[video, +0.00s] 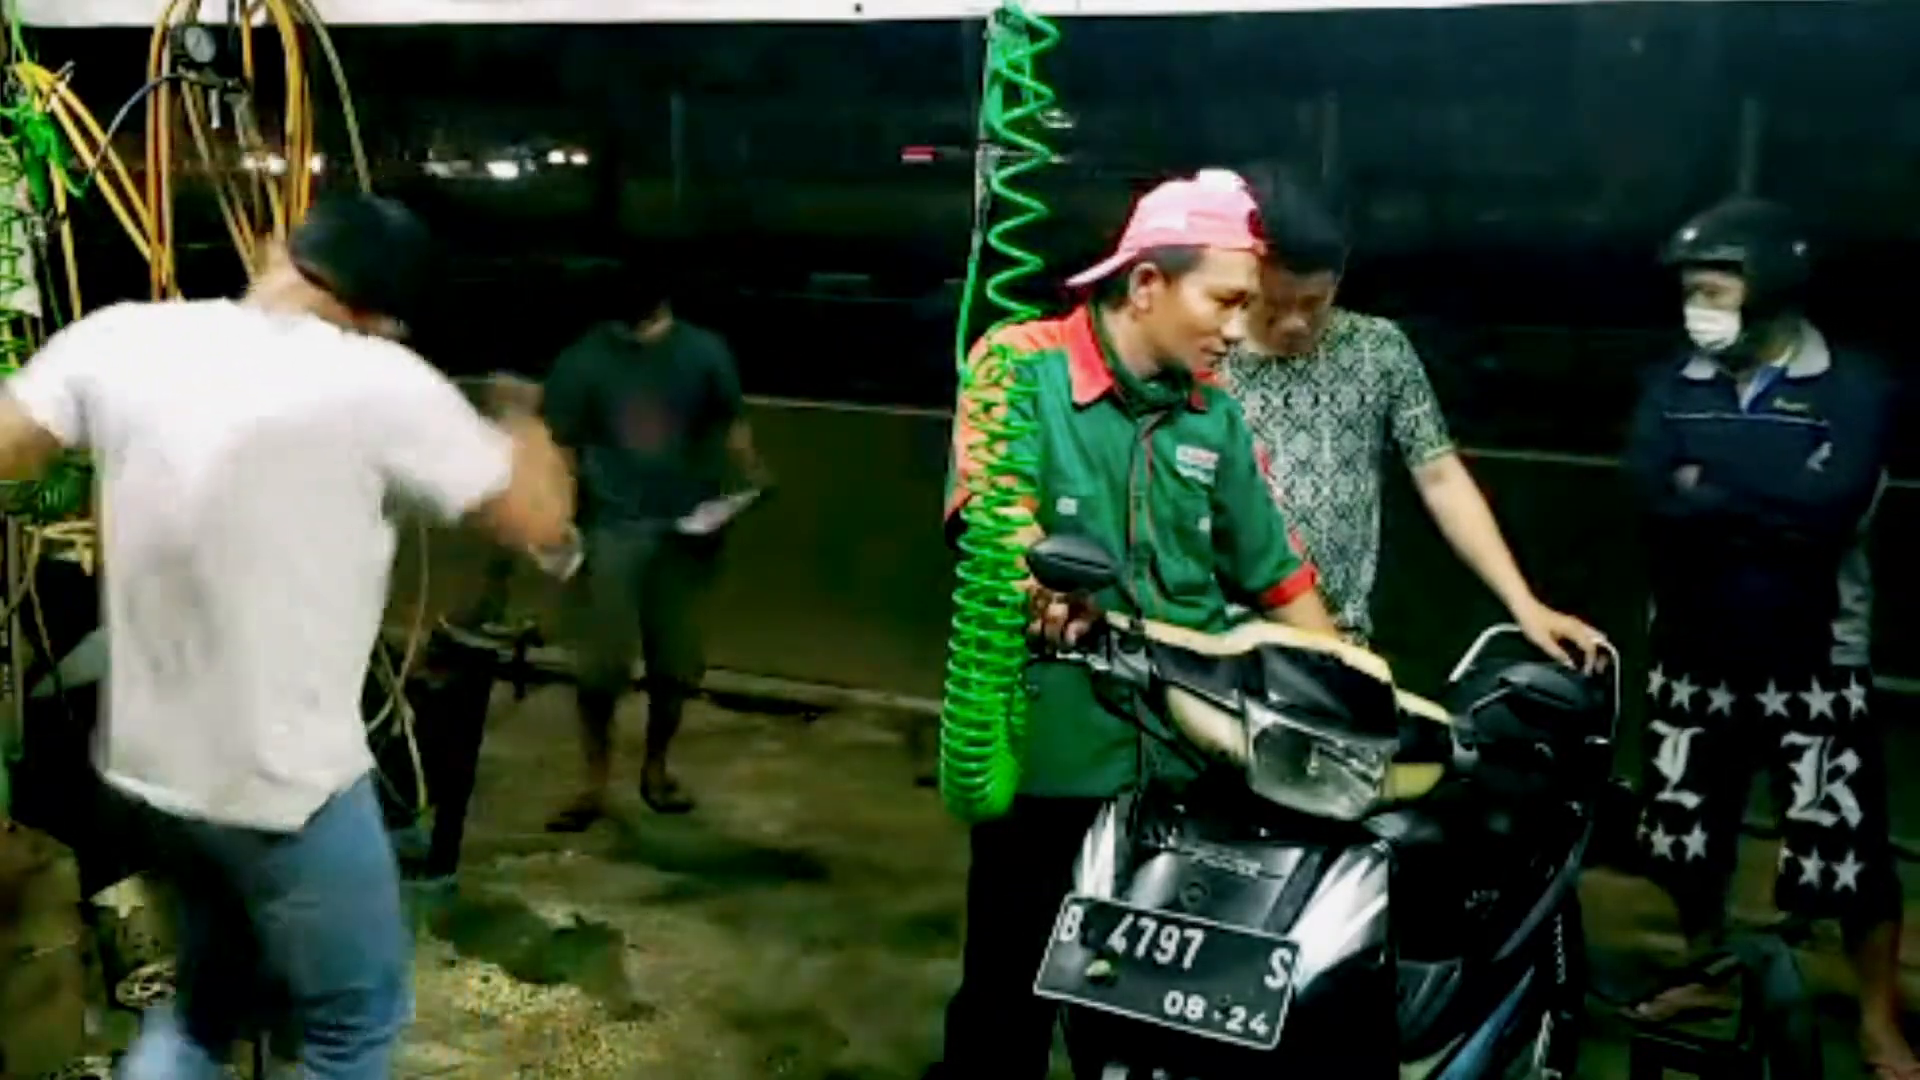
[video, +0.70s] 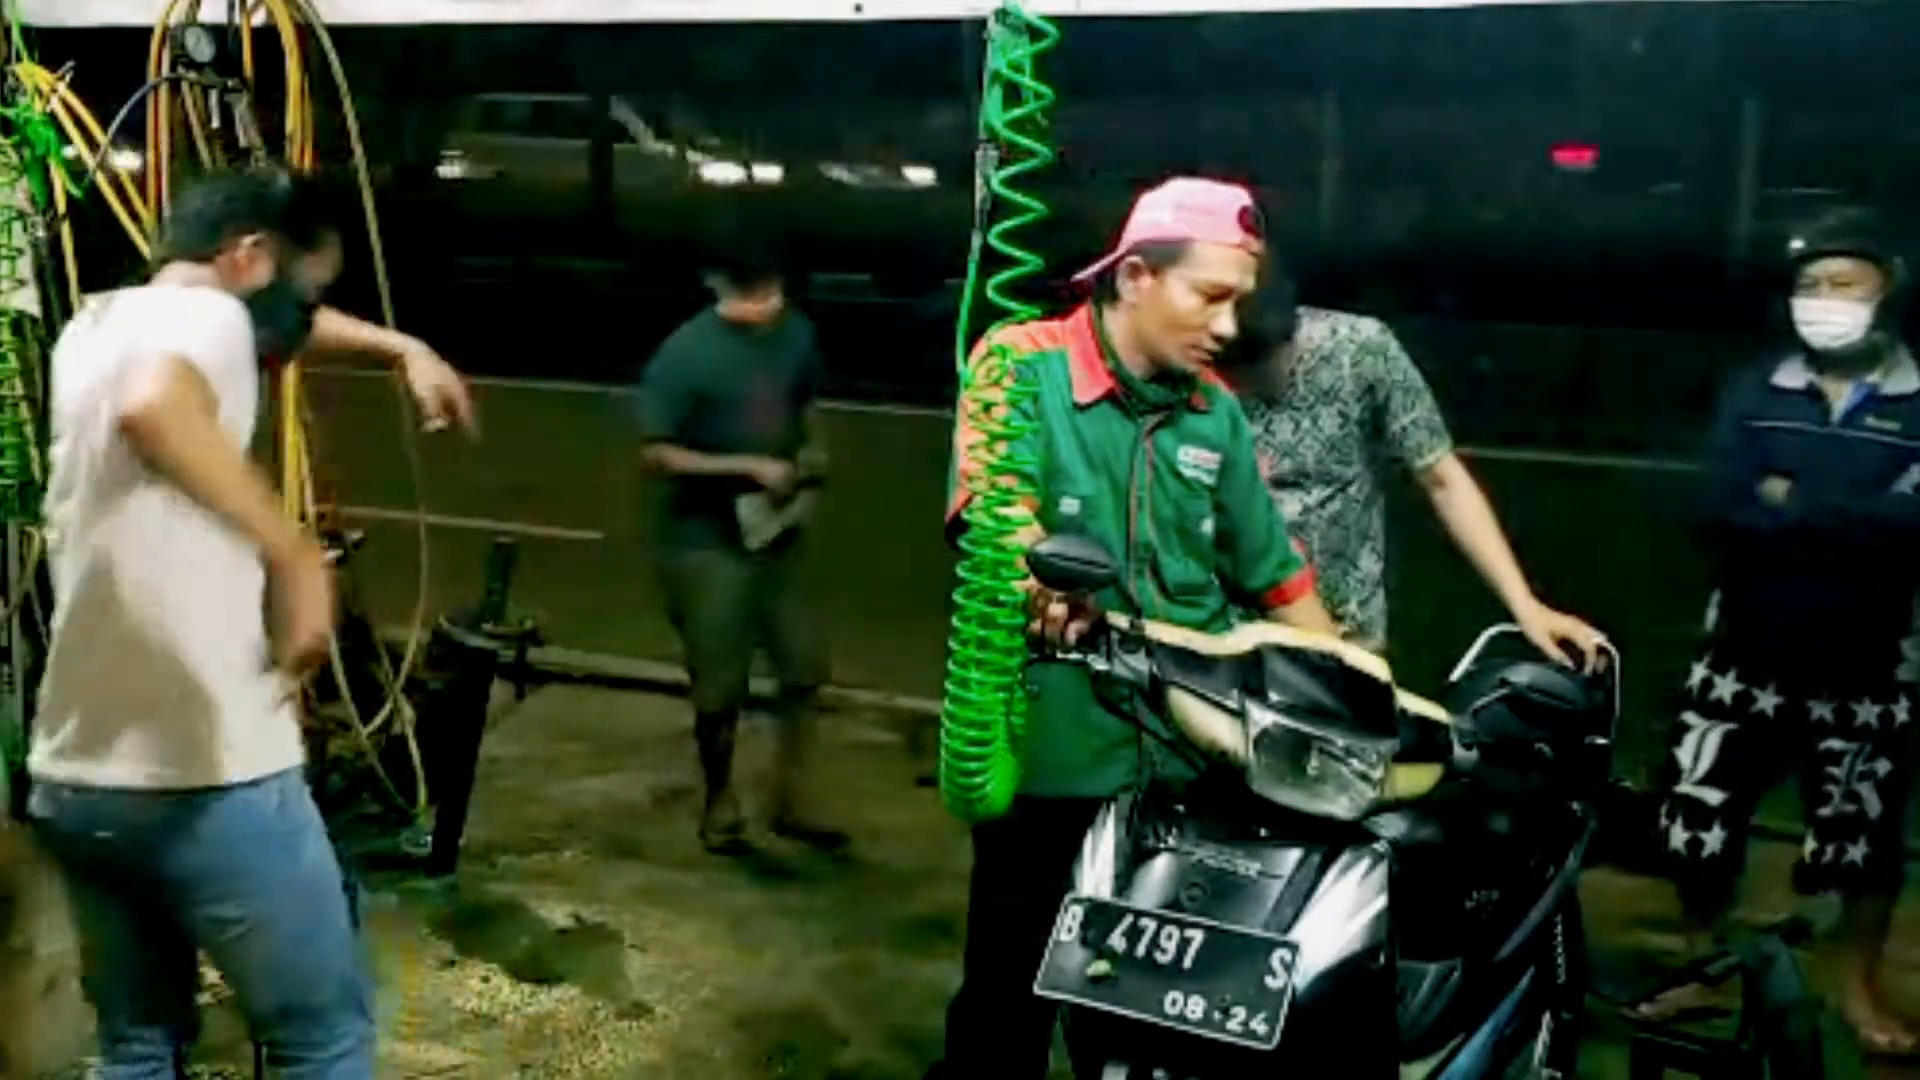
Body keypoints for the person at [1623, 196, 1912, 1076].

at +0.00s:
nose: (1696, 301)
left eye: (1717, 285)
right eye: (1690, 284)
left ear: (1772, 291)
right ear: (1685, 287)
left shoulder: (1846, 388)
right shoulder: (1671, 384)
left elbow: (1835, 502)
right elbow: (1649, 493)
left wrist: (1697, 470)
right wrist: (1788, 486)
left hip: (1811, 656)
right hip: (1693, 651)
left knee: (1849, 854)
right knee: (1684, 837)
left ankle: (1880, 1021)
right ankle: (1701, 971)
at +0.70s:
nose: (1826, 304)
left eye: (1848, 288)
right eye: (1812, 287)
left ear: (1885, 300)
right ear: (1790, 298)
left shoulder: (1914, 402)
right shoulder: (1755, 392)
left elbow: (1913, 517)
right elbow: (1712, 500)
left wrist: (1791, 495)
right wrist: (1861, 512)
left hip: (1867, 654)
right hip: (1751, 643)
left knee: (1866, 839)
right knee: (1696, 816)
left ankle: (1859, 985)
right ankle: (1703, 969)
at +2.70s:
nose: (1901, 300)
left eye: (1917, 287)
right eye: (1889, 284)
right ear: (1863, 294)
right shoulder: (1811, 386)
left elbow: (1910, 510)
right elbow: (1764, 487)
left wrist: (1823, 474)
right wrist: (1878, 511)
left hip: (1891, 661)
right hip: (1784, 646)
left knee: (1885, 842)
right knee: (1735, 814)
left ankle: (1858, 976)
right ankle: (1720, 938)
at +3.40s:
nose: (1879, 304)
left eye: (1899, 291)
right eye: (1868, 286)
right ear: (1845, 293)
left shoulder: (1917, 411)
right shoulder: (1799, 384)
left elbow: (1909, 512)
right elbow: (1748, 483)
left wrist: (1814, 476)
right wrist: (1860, 507)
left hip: (1890, 649)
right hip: (1782, 632)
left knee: (1883, 832)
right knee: (1737, 799)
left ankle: (1863, 980)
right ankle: (1719, 932)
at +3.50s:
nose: (1876, 306)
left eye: (1896, 292)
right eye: (1864, 288)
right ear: (1838, 296)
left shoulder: (1918, 406)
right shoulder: (1787, 388)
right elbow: (1725, 496)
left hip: (1892, 656)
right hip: (1784, 643)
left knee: (1886, 837)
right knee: (1757, 808)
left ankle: (1862, 984)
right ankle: (1724, 942)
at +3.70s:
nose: (1868, 305)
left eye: (1888, 291)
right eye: (1856, 287)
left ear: (1918, 304)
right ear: (1835, 294)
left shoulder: (1908, 410)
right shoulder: (1805, 398)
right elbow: (1794, 524)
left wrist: (1882, 649)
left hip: (1901, 652)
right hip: (1815, 645)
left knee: (1885, 843)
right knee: (1820, 831)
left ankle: (1860, 995)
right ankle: (1823, 994)